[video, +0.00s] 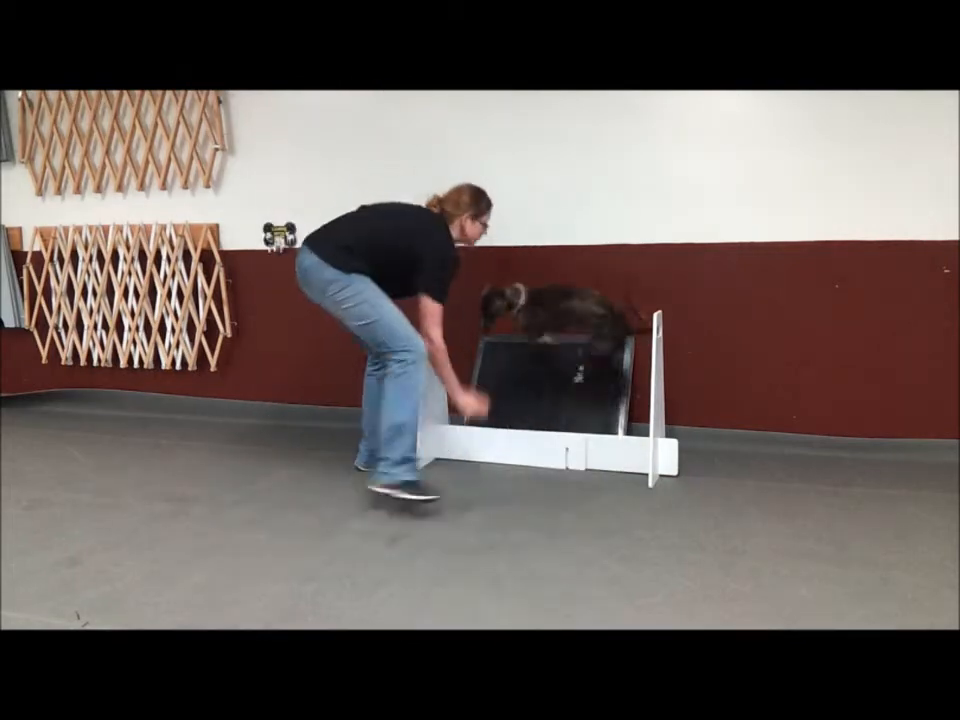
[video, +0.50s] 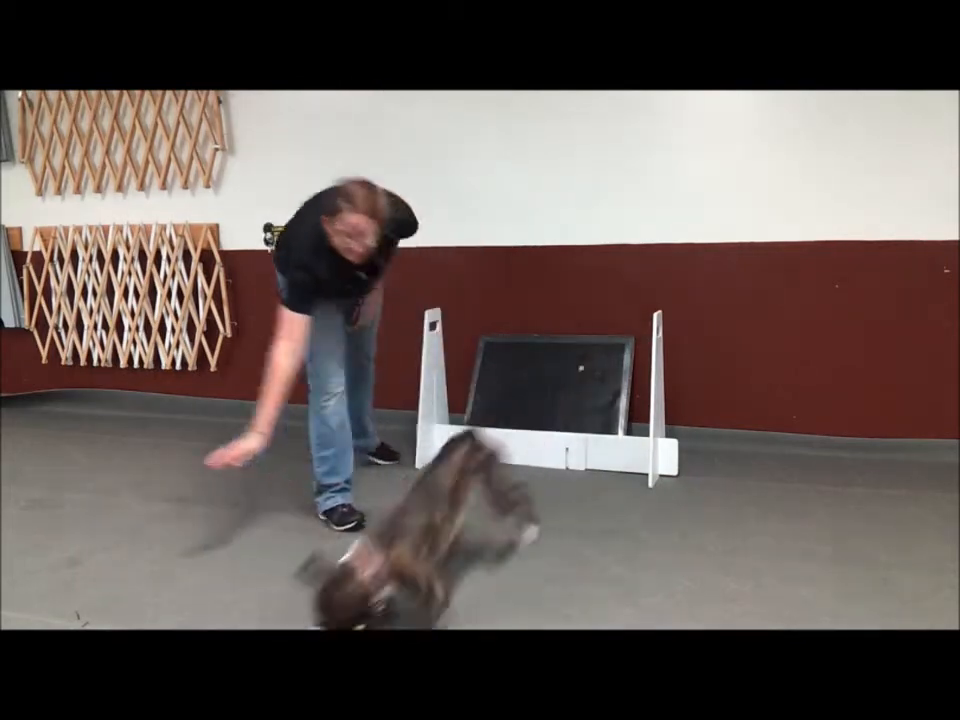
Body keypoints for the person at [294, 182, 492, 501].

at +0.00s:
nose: (483, 233)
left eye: (485, 226)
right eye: (482, 224)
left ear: (453, 212)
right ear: (465, 219)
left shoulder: (422, 224)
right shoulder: (438, 247)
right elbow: (431, 336)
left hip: (317, 262)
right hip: (334, 269)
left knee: (383, 356)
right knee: (407, 352)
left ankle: (373, 455)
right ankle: (394, 474)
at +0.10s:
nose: (485, 253)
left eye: (487, 245)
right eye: (482, 245)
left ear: (455, 236)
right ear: (458, 239)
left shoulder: (424, 237)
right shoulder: (432, 270)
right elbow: (440, 361)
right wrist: (459, 428)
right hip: (321, 279)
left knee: (389, 360)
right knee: (386, 365)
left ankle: (377, 449)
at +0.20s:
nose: (474, 275)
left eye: (478, 267)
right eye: (470, 266)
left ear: (446, 253)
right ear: (445, 257)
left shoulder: (423, 240)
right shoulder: (417, 285)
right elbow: (426, 378)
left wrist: (374, 306)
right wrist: (441, 453)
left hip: (336, 271)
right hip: (308, 282)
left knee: (383, 347)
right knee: (364, 374)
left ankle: (375, 450)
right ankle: (338, 497)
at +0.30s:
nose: (446, 284)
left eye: (452, 276)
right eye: (438, 275)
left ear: (460, 267)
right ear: (414, 263)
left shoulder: (422, 242)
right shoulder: (386, 283)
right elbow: (388, 371)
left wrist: (364, 309)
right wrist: (393, 455)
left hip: (343, 273)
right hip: (301, 276)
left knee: (366, 370)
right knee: (340, 373)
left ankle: (365, 463)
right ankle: (336, 496)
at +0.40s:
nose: (409, 272)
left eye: (414, 263)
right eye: (398, 263)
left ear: (421, 252)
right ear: (373, 250)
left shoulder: (399, 239)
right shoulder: (345, 269)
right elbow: (337, 367)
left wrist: (369, 303)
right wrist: (326, 449)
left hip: (356, 280)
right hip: (300, 275)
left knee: (363, 365)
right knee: (326, 378)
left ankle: (368, 447)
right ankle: (333, 495)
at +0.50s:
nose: (358, 247)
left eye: (365, 238)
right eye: (348, 237)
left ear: (380, 230)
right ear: (328, 227)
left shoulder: (398, 220)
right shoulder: (304, 248)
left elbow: (387, 253)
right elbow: (288, 343)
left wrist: (375, 289)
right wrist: (260, 431)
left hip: (364, 287)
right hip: (318, 292)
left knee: (362, 364)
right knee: (330, 387)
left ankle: (363, 440)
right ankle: (334, 496)